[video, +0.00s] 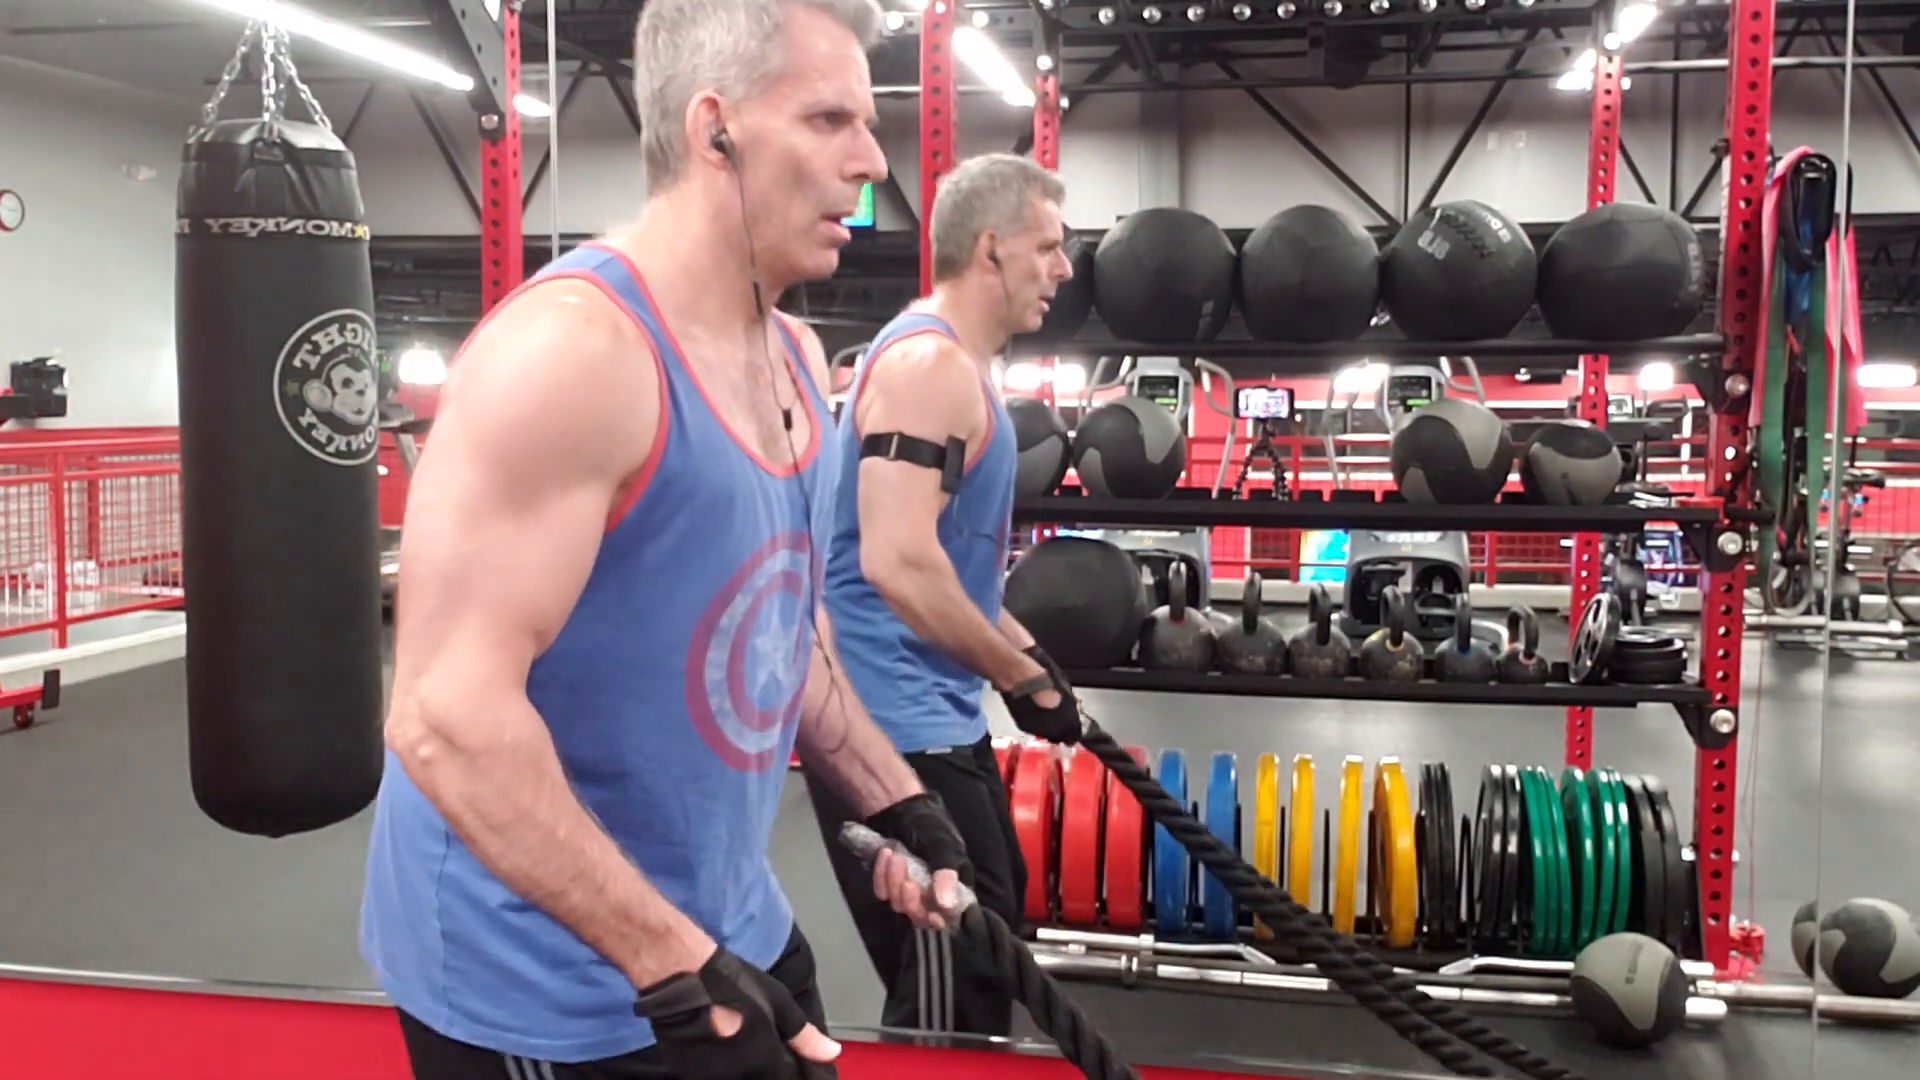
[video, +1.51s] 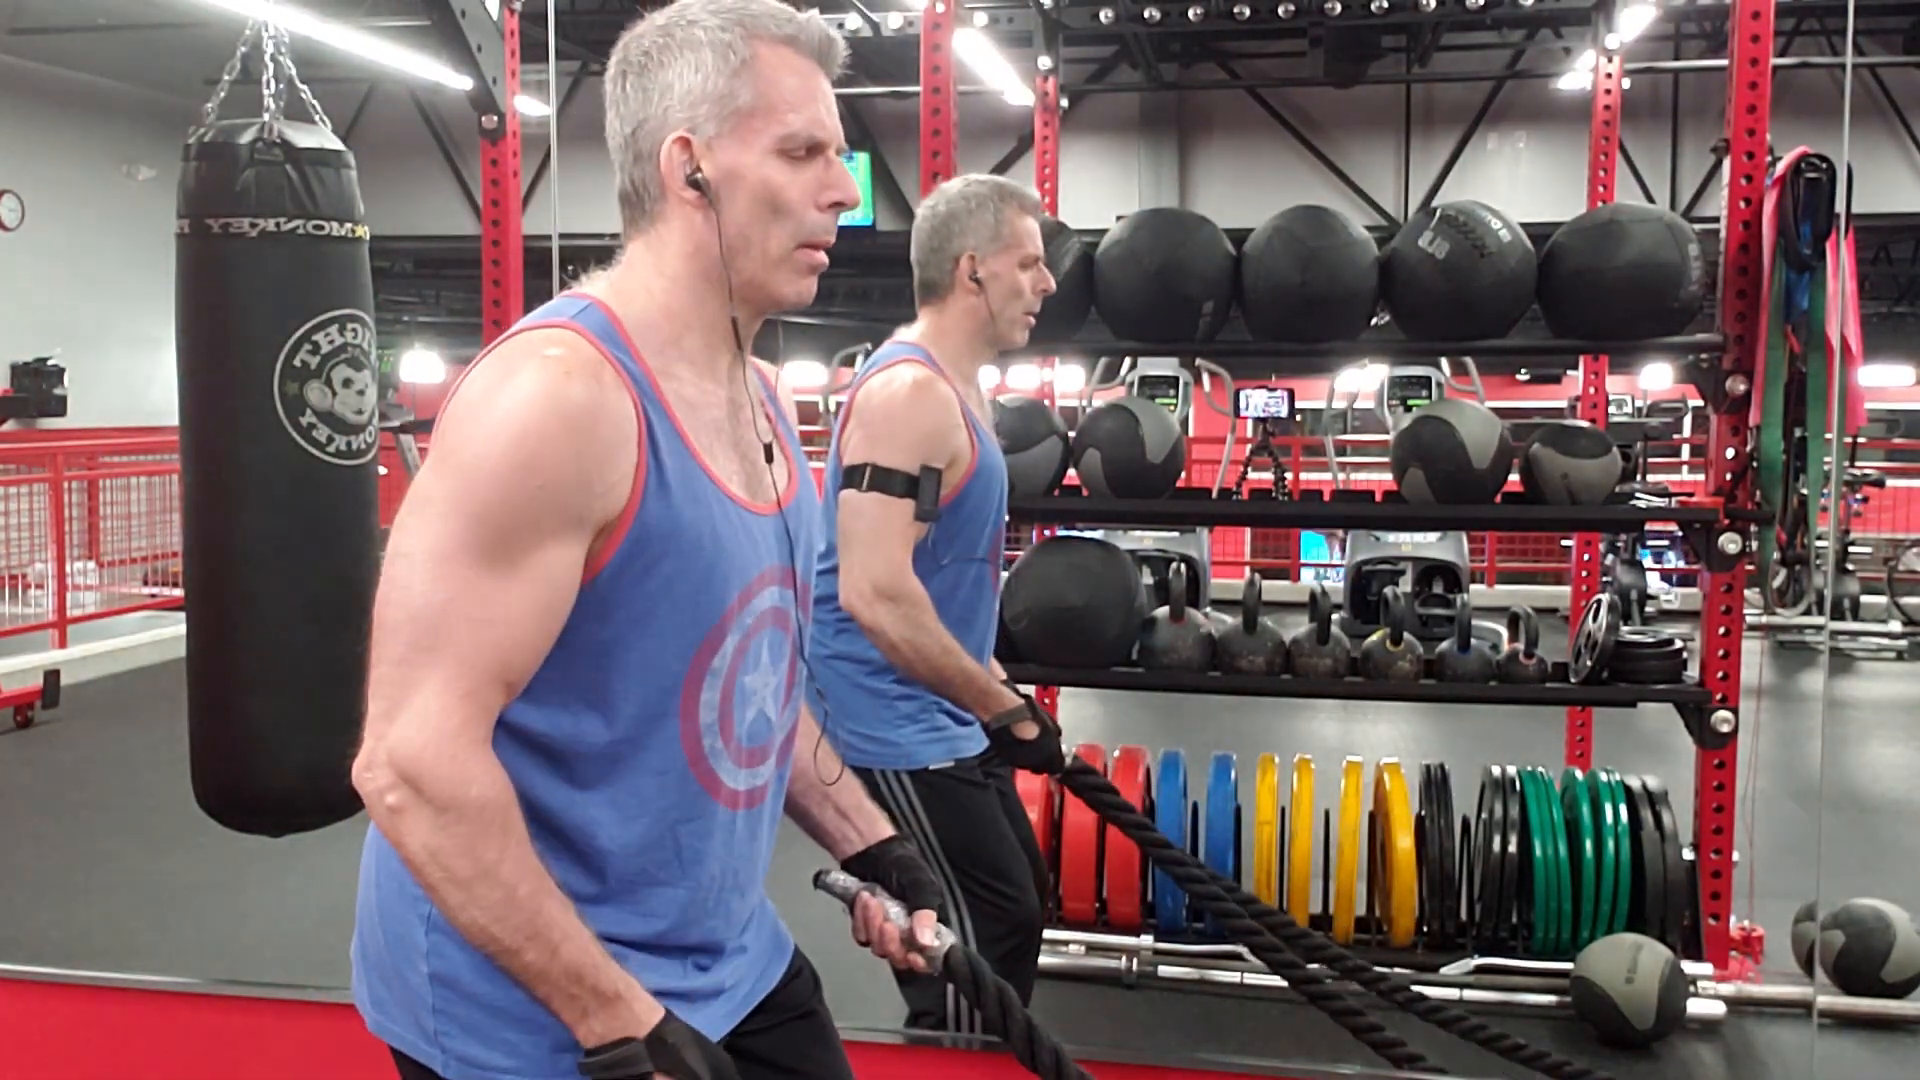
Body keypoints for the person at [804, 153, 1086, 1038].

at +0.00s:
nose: (1063, 270)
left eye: (1063, 249)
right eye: (1049, 247)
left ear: (996, 253)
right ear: (992, 250)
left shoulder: (954, 363)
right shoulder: (928, 364)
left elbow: (946, 555)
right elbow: (898, 561)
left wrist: (1020, 646)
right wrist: (1016, 675)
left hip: (939, 728)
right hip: (902, 736)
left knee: (980, 982)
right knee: (960, 990)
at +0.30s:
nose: (1068, 285)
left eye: (1068, 263)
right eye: (1054, 261)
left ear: (999, 267)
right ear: (997, 265)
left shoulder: (964, 378)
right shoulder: (934, 375)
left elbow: (955, 575)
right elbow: (899, 576)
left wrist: (1025, 678)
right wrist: (1015, 699)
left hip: (940, 725)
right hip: (897, 733)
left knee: (989, 944)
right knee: (962, 964)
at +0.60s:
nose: (1043, 284)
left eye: (1042, 263)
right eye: (1028, 261)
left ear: (977, 269)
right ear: (972, 265)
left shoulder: (951, 381)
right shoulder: (914, 380)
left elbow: (948, 575)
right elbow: (888, 575)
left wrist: (1019, 674)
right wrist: (1006, 696)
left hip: (941, 718)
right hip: (895, 725)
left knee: (988, 931)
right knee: (991, 929)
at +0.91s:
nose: (1034, 278)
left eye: (1031, 258)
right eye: (1018, 257)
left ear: (968, 268)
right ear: (961, 264)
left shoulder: (946, 383)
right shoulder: (903, 382)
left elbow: (944, 574)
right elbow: (880, 579)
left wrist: (1016, 670)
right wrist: (1000, 700)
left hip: (946, 723)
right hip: (896, 730)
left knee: (1002, 926)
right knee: (993, 930)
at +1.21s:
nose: (1040, 279)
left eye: (1036, 259)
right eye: (1023, 258)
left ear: (971, 273)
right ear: (966, 269)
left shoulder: (948, 388)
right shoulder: (901, 388)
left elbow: (944, 580)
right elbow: (874, 589)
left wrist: (1009, 680)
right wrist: (994, 707)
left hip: (946, 724)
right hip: (894, 731)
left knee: (1005, 921)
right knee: (996, 929)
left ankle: (965, 1072)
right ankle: (959, 1078)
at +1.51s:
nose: (1047, 285)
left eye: (1045, 265)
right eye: (1032, 264)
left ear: (977, 276)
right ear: (974, 273)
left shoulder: (950, 390)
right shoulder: (908, 391)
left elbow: (926, 581)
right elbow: (877, 589)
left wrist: (999, 695)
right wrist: (999, 704)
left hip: (946, 727)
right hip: (896, 733)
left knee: (1009, 921)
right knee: (998, 929)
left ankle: (966, 1074)